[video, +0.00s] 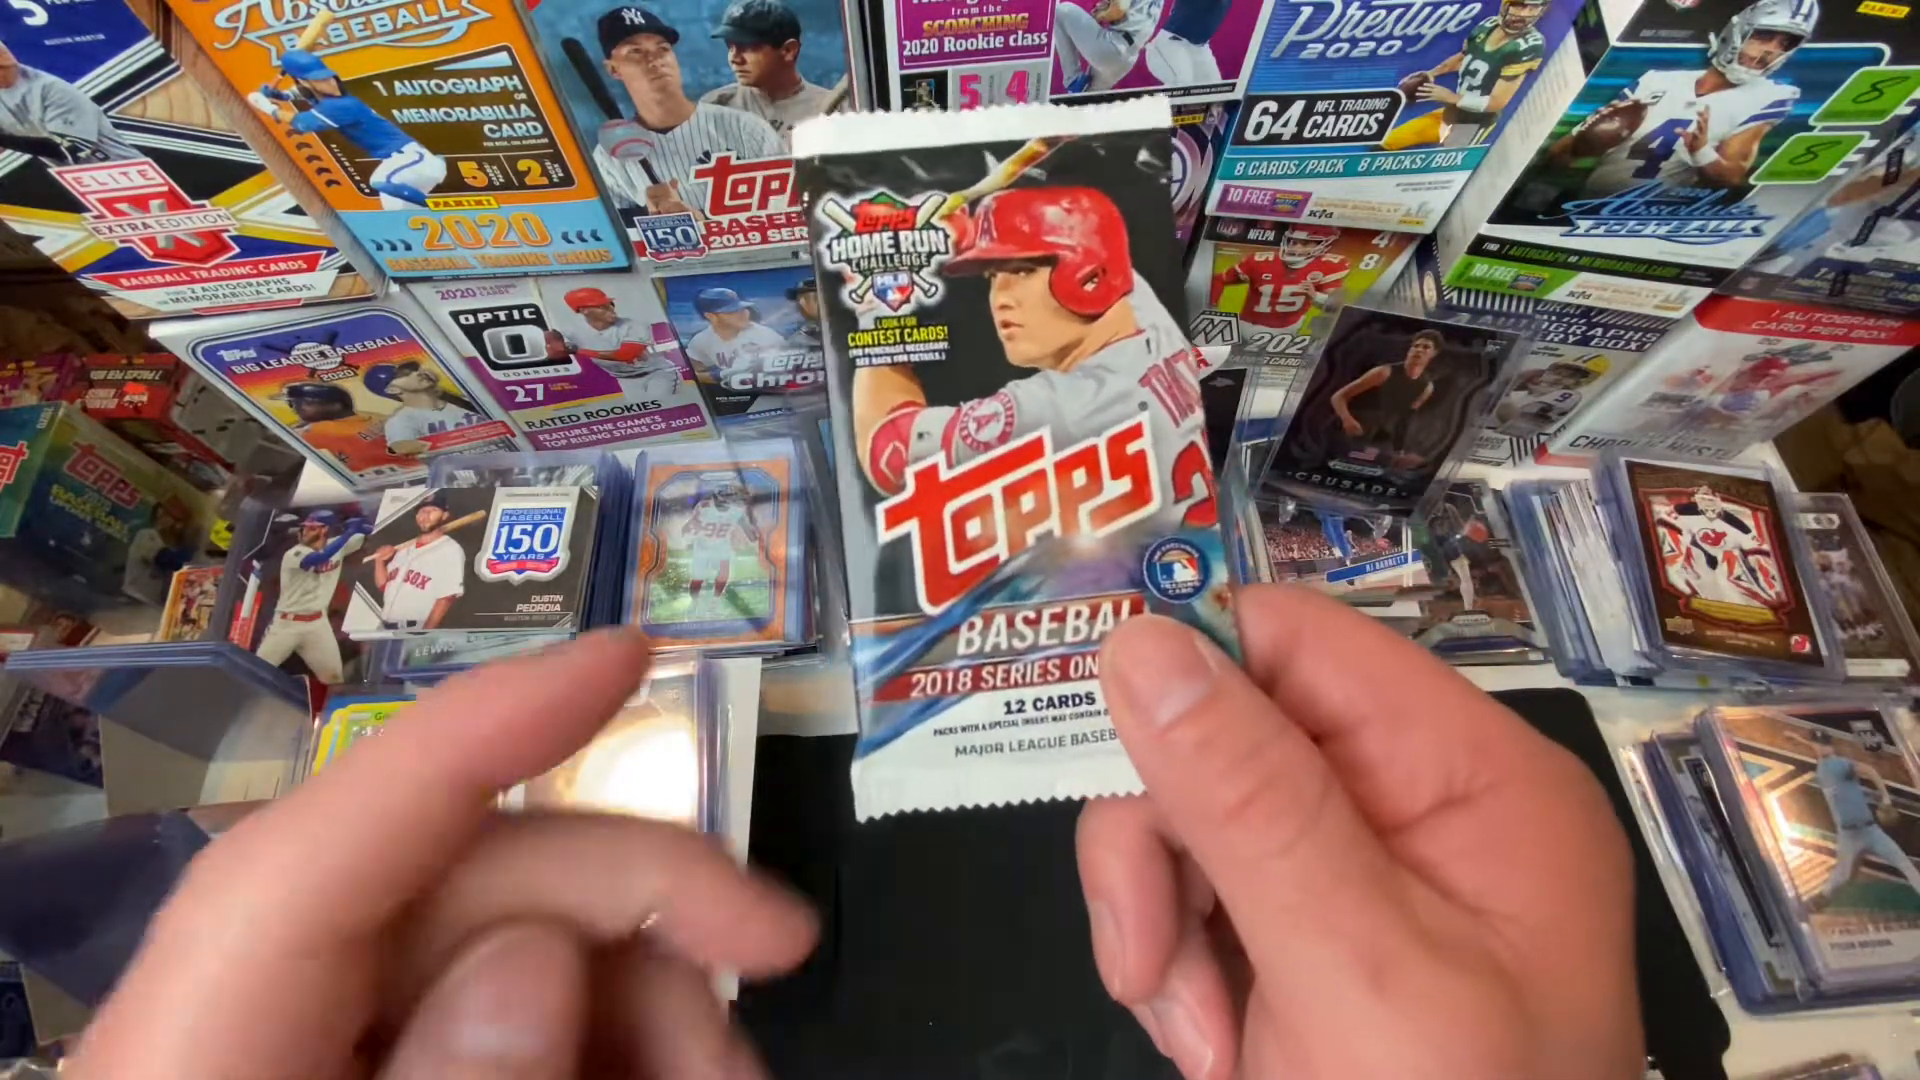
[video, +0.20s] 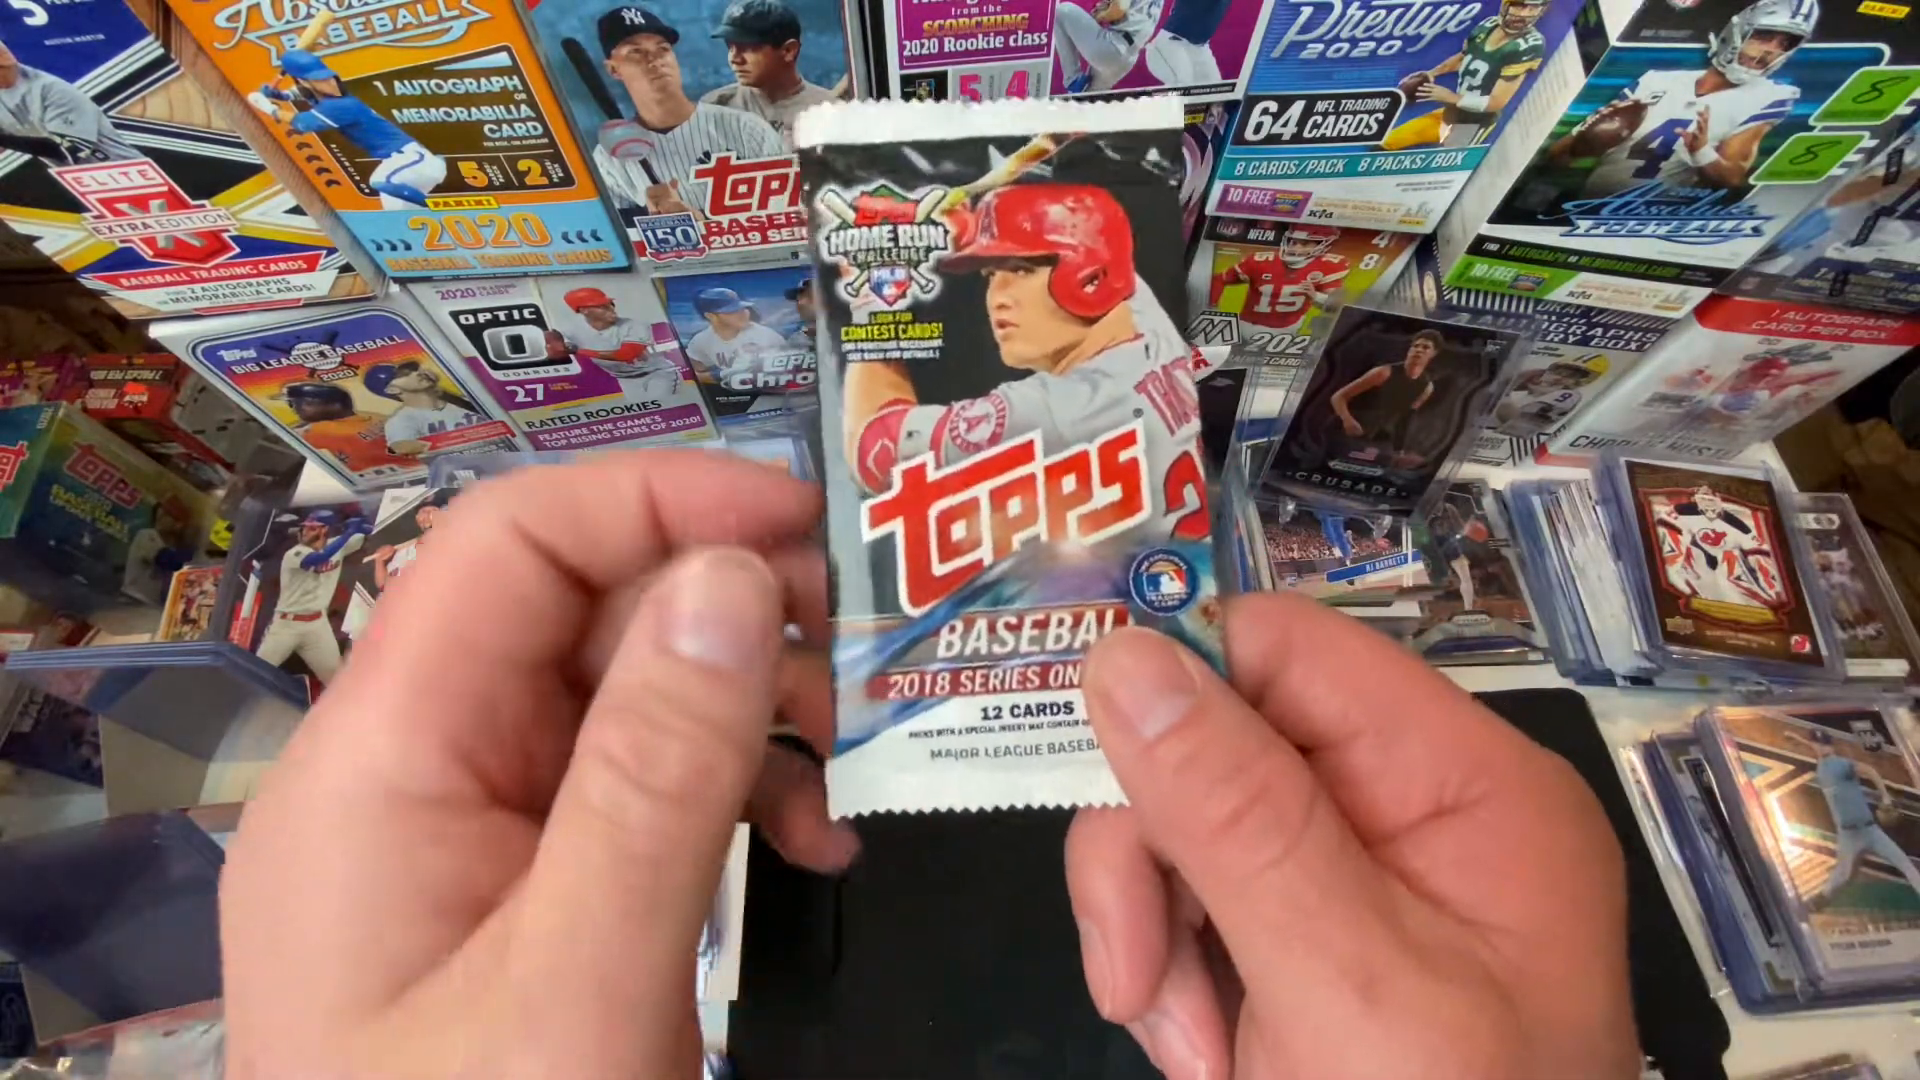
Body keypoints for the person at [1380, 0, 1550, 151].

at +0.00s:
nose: (1520, 13)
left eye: (1530, 7)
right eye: (1515, 5)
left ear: (1541, 11)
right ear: (1504, 5)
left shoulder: (1528, 47)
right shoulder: (1487, 26)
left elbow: (1496, 103)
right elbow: (1463, 57)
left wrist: (1450, 97)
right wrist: (1431, 73)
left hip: (1478, 123)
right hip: (1452, 111)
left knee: (1442, 172)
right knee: (1388, 141)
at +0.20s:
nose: (1520, 13)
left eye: (1530, 7)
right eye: (1516, 5)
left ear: (1542, 11)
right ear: (1503, 5)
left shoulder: (1527, 47)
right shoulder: (1487, 26)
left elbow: (1495, 103)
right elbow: (1463, 57)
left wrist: (1449, 97)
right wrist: (1431, 73)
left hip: (1479, 122)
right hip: (1452, 111)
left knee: (1442, 172)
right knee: (1388, 141)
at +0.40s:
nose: (1519, 15)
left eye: (1530, 8)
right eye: (1515, 5)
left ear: (1541, 12)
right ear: (1504, 4)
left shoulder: (1527, 47)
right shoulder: (1487, 26)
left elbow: (1496, 103)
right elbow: (1463, 57)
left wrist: (1449, 97)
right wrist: (1431, 74)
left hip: (1477, 124)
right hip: (1451, 112)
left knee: (1442, 175)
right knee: (1389, 141)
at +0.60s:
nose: (1519, 15)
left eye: (1529, 9)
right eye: (1515, 5)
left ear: (1541, 12)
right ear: (1504, 4)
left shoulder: (1527, 47)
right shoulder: (1487, 26)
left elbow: (1496, 103)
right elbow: (1463, 57)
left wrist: (1450, 97)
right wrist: (1431, 74)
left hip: (1477, 123)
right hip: (1451, 112)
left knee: (1442, 174)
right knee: (1389, 141)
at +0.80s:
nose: (1520, 14)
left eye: (1530, 7)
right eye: (1516, 5)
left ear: (1541, 11)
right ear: (1504, 4)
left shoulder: (1527, 47)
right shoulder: (1487, 26)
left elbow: (1496, 103)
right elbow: (1463, 57)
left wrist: (1450, 97)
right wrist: (1431, 74)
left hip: (1477, 123)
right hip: (1451, 111)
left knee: (1443, 175)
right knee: (1389, 141)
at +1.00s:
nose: (1518, 13)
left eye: (1529, 7)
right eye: (1514, 4)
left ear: (1541, 10)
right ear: (1503, 3)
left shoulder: (1527, 47)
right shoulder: (1487, 26)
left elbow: (1496, 104)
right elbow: (1463, 58)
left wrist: (1450, 97)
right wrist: (1431, 73)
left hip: (1477, 124)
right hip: (1452, 111)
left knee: (1442, 175)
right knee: (1389, 141)